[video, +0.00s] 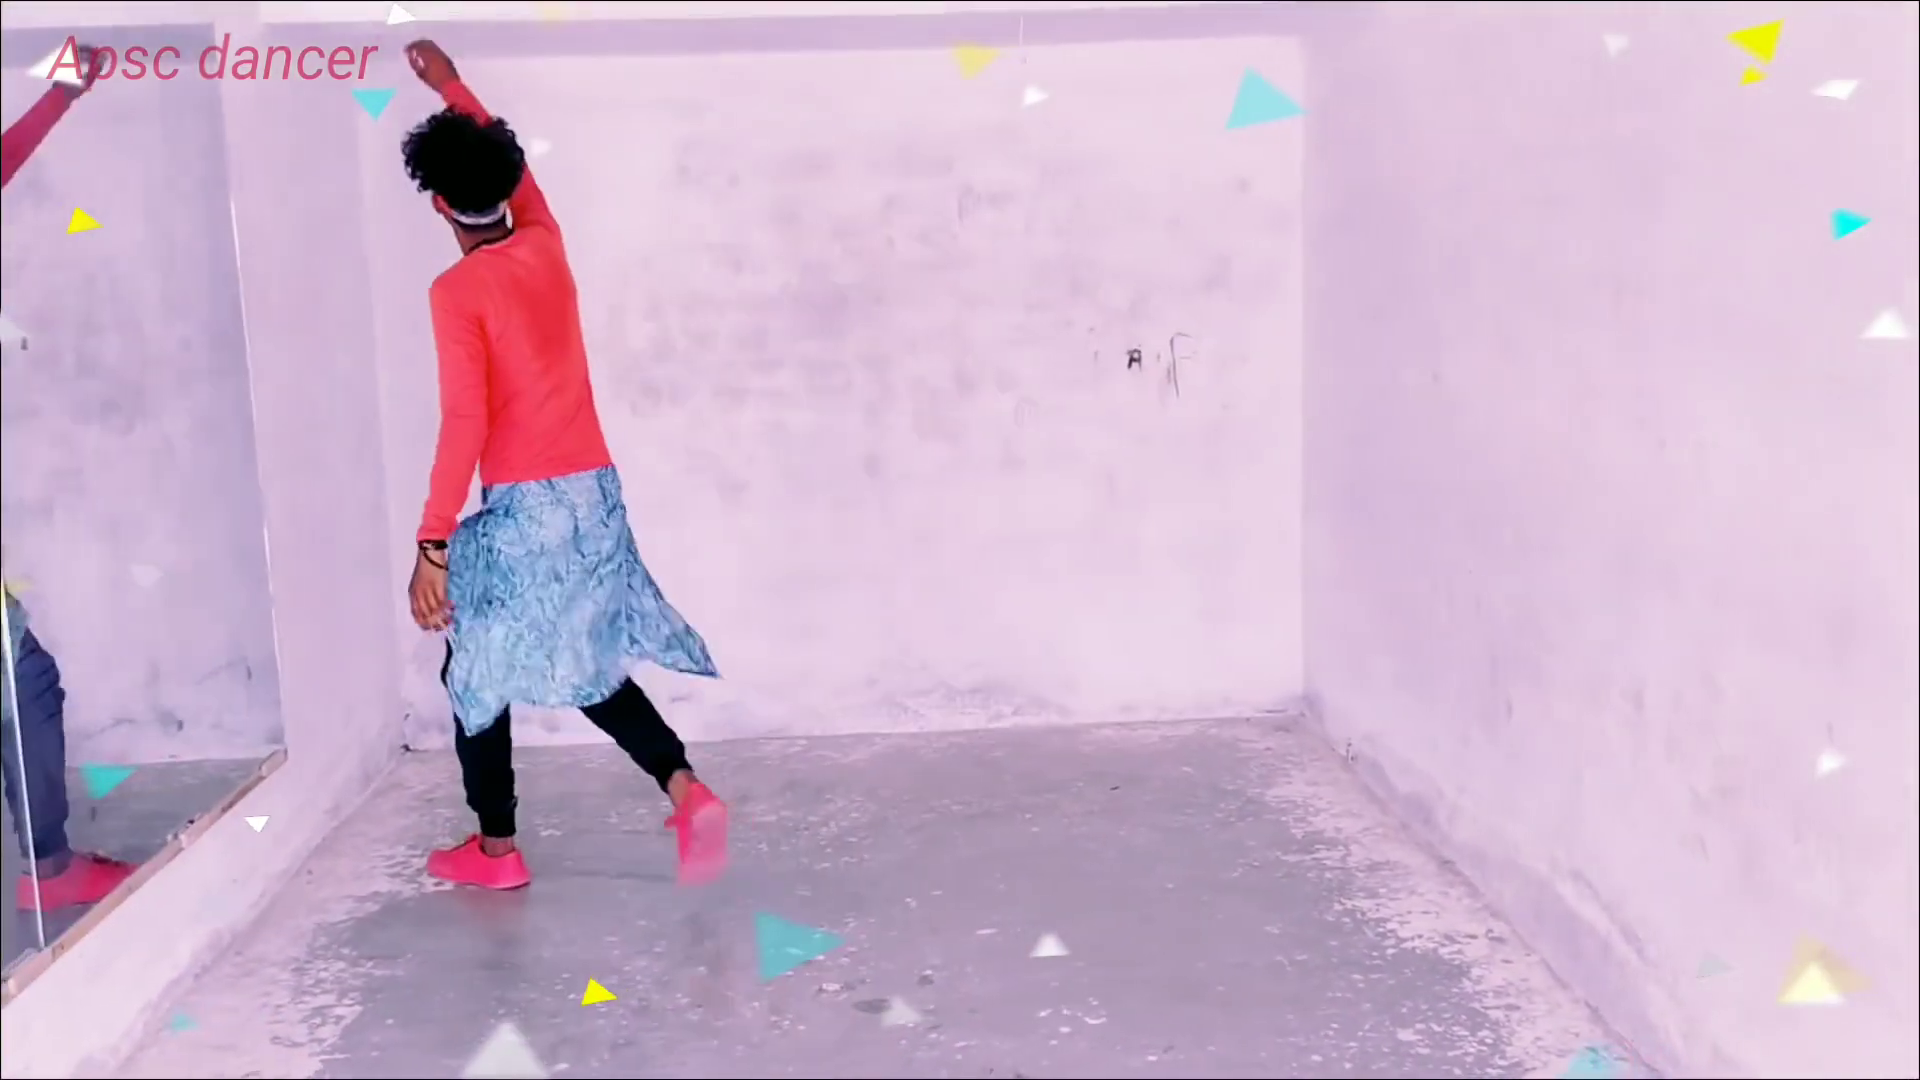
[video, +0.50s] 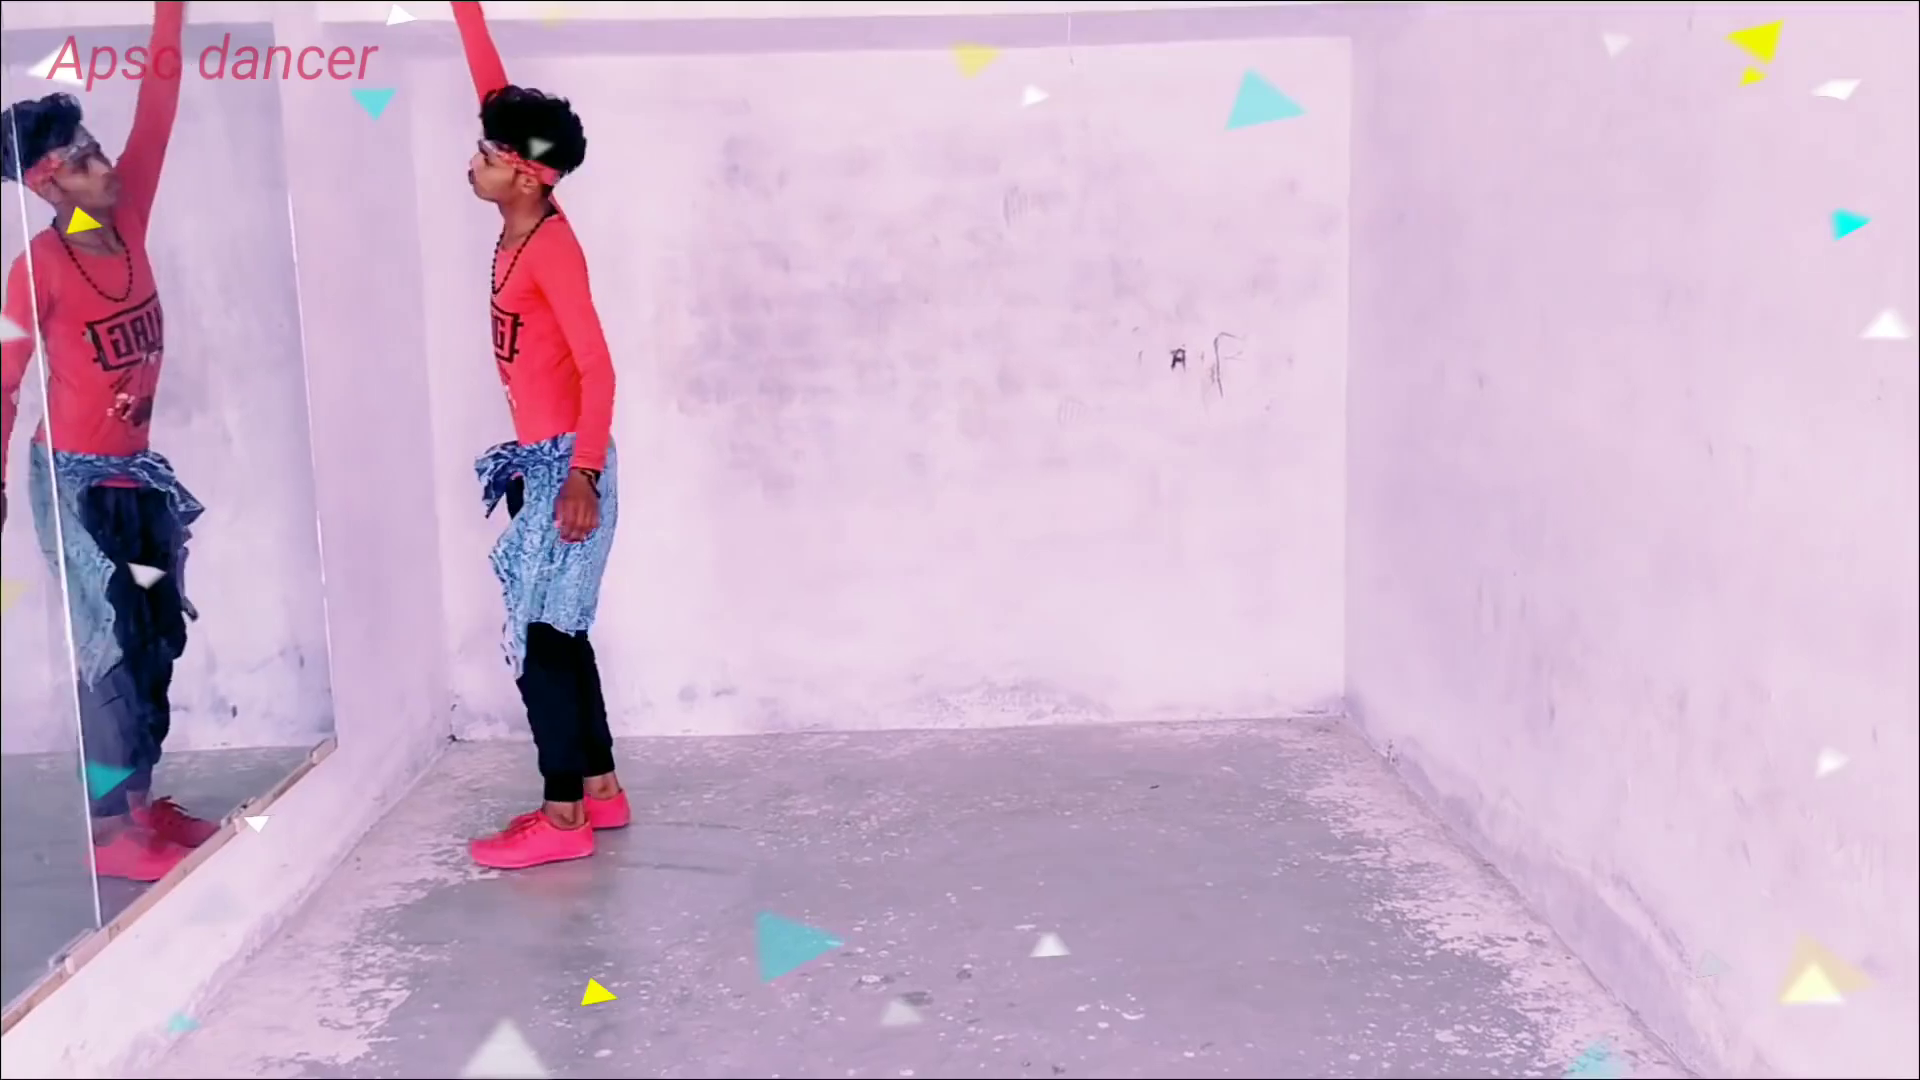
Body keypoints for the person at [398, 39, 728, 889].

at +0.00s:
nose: (427, 205)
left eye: (430, 194)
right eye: (433, 192)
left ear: (442, 204)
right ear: (511, 189)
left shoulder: (460, 291)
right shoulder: (547, 248)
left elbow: (465, 423)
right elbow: (510, 164)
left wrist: (433, 544)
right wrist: (452, 88)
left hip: (518, 511)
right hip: (592, 496)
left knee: (471, 671)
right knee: (585, 661)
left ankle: (497, 847)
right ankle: (689, 792)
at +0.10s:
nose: (426, 165)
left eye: (427, 155)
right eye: (438, 149)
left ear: (437, 170)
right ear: (504, 151)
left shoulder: (458, 255)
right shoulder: (530, 209)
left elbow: (473, 384)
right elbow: (494, 119)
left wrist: (442, 498)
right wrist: (439, 32)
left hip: (511, 480)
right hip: (576, 465)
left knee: (497, 661)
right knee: (556, 646)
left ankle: (508, 838)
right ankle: (630, 802)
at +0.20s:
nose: (434, 159)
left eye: (437, 149)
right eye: (439, 145)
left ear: (446, 162)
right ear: (508, 148)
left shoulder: (471, 249)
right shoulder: (527, 204)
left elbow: (492, 379)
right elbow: (483, 88)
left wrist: (450, 483)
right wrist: (438, 4)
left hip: (512, 469)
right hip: (565, 455)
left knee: (499, 650)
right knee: (551, 631)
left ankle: (522, 828)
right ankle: (580, 795)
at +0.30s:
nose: (452, 167)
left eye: (452, 156)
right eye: (461, 153)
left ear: (461, 168)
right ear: (516, 156)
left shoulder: (497, 251)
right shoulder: (531, 212)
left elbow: (526, 378)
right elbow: (487, 97)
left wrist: (480, 487)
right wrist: (448, 3)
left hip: (526, 467)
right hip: (560, 455)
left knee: (492, 640)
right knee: (546, 624)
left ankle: (534, 821)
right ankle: (581, 782)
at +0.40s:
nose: (465, 164)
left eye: (470, 153)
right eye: (469, 151)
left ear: (488, 167)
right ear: (521, 162)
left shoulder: (530, 246)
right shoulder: (525, 216)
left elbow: (563, 376)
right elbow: (488, 93)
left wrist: (527, 479)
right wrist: (458, 5)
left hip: (542, 466)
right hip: (553, 457)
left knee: (506, 638)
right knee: (549, 629)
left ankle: (544, 820)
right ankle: (592, 786)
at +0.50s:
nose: (474, 162)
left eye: (487, 154)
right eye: (480, 148)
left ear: (526, 173)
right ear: (522, 168)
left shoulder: (552, 251)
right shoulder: (522, 218)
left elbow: (597, 369)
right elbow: (493, 91)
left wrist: (583, 476)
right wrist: (463, 8)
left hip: (561, 468)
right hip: (547, 459)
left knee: (537, 637)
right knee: (556, 630)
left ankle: (563, 818)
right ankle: (598, 787)